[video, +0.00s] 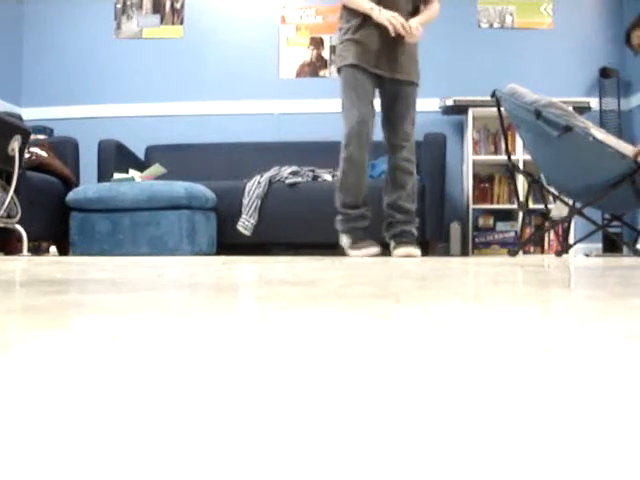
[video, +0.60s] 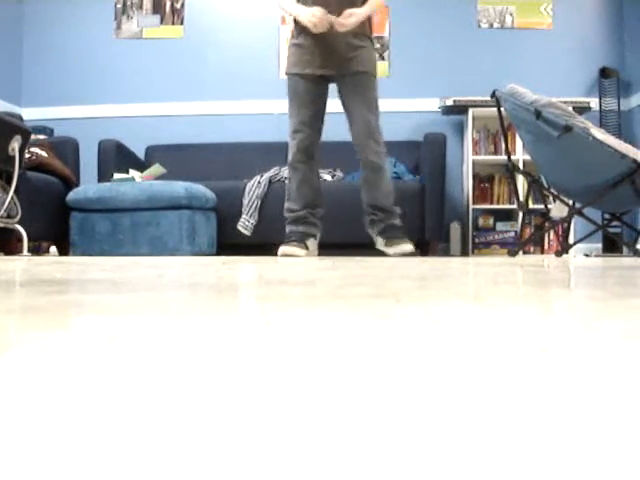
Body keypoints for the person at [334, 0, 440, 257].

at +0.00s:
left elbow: (434, 5)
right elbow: (345, 1)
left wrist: (417, 21)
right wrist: (377, 12)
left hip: (404, 42)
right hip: (359, 37)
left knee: (403, 140)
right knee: (358, 129)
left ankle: (403, 233)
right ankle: (353, 229)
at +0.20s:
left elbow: (431, 4)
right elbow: (341, 2)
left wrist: (415, 19)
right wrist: (371, 12)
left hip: (400, 45)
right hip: (352, 40)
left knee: (400, 141)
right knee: (344, 132)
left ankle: (403, 234)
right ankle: (329, 231)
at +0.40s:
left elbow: (410, 1)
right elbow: (310, 2)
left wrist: (393, 18)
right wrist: (340, 11)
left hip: (380, 47)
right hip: (330, 46)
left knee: (389, 143)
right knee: (316, 140)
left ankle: (401, 236)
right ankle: (302, 235)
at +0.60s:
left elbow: (380, 2)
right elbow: (282, 4)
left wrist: (363, 11)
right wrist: (300, 11)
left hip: (356, 44)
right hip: (306, 44)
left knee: (369, 140)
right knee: (302, 143)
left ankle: (387, 230)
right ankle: (301, 235)